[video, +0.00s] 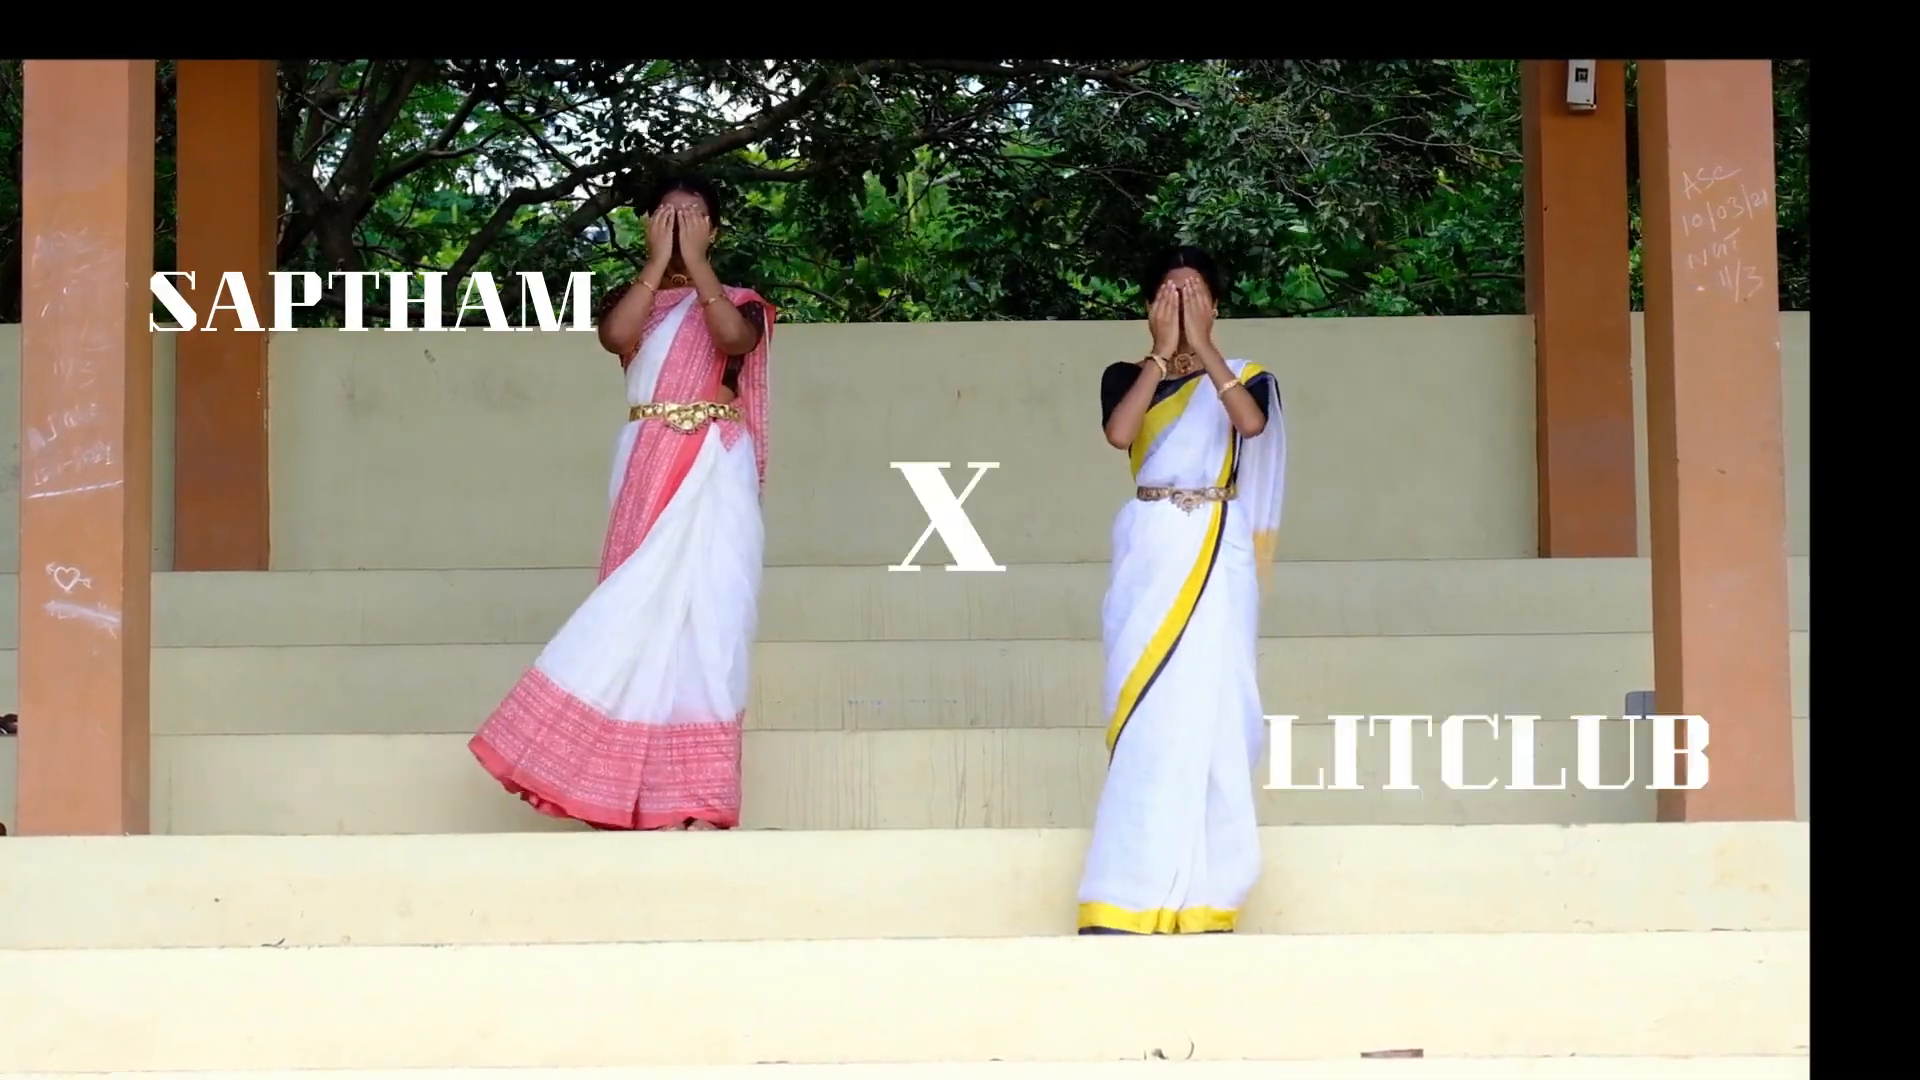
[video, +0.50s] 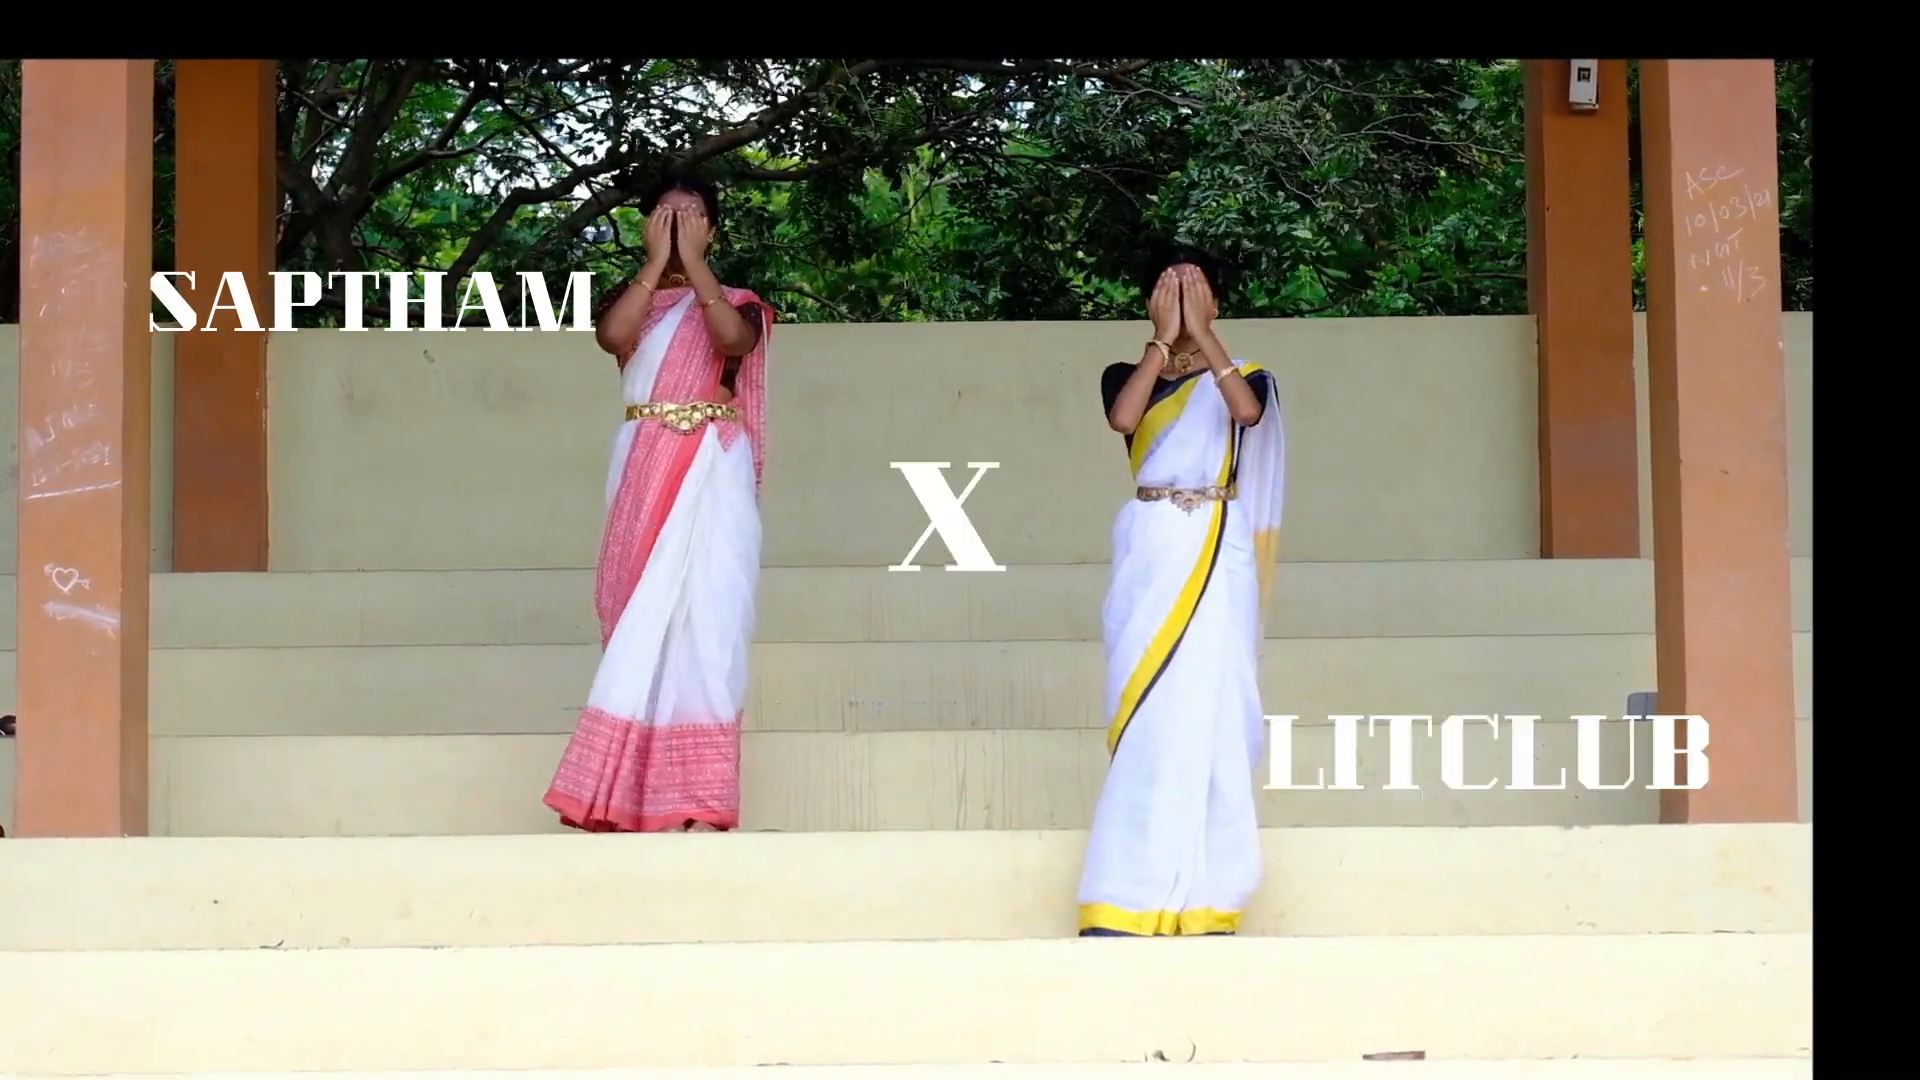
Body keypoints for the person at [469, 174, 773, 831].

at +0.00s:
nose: (681, 224)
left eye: (694, 214)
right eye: (669, 213)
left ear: (714, 227)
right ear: (652, 226)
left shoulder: (739, 300)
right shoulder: (636, 300)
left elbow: (736, 338)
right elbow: (617, 336)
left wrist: (696, 260)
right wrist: (657, 261)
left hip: (715, 469)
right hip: (647, 469)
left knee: (707, 620)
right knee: (639, 614)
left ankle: (696, 795)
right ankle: (626, 792)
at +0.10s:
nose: (677, 225)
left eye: (690, 215)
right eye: (666, 214)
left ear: (712, 227)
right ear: (650, 227)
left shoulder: (738, 301)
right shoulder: (634, 299)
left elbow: (736, 341)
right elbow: (616, 337)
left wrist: (694, 262)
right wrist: (655, 261)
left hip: (714, 473)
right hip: (646, 472)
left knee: (707, 623)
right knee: (638, 616)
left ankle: (696, 796)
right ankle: (624, 793)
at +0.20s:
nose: (676, 225)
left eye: (689, 214)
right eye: (665, 214)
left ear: (712, 228)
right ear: (649, 228)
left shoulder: (740, 302)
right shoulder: (635, 300)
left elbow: (733, 339)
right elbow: (616, 337)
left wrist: (692, 261)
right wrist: (654, 259)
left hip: (713, 472)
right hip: (645, 470)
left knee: (705, 622)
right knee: (638, 617)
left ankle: (696, 797)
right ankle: (622, 793)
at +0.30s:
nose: (676, 226)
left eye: (689, 215)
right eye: (665, 215)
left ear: (711, 228)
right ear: (649, 229)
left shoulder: (739, 302)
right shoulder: (634, 302)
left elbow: (732, 339)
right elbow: (616, 337)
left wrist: (693, 262)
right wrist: (652, 259)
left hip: (711, 474)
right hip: (643, 473)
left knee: (704, 625)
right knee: (638, 620)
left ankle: (698, 799)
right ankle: (622, 795)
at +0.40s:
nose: (677, 227)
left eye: (690, 215)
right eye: (665, 215)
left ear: (713, 230)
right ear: (648, 230)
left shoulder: (739, 305)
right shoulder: (629, 302)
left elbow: (733, 339)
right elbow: (617, 336)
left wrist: (696, 260)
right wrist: (653, 261)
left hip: (712, 477)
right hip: (643, 475)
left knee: (702, 627)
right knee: (639, 623)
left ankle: (698, 800)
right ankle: (621, 796)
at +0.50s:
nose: (678, 228)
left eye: (691, 216)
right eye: (668, 216)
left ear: (713, 229)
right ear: (649, 228)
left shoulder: (739, 303)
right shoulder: (631, 301)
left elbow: (734, 339)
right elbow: (617, 336)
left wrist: (697, 261)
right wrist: (655, 260)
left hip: (714, 477)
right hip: (644, 476)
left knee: (705, 627)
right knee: (638, 624)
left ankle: (698, 800)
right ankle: (627, 798)